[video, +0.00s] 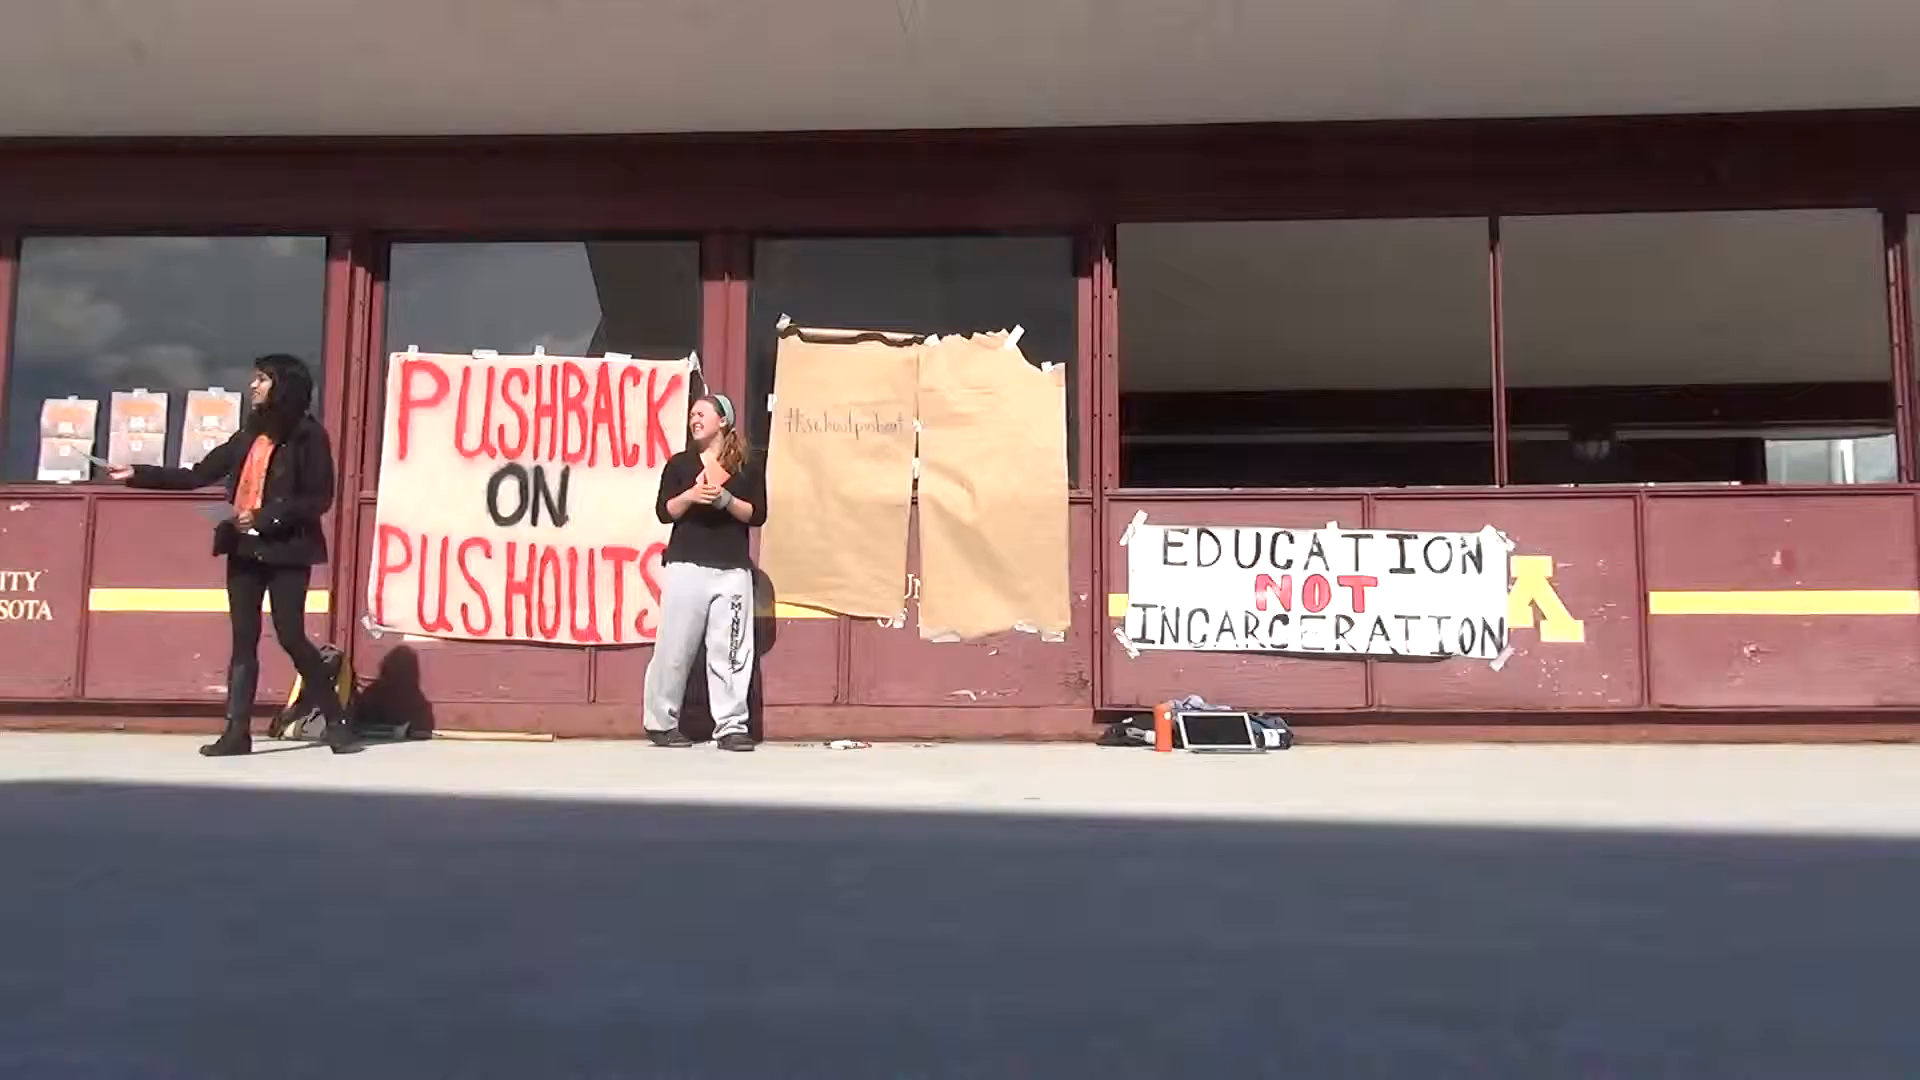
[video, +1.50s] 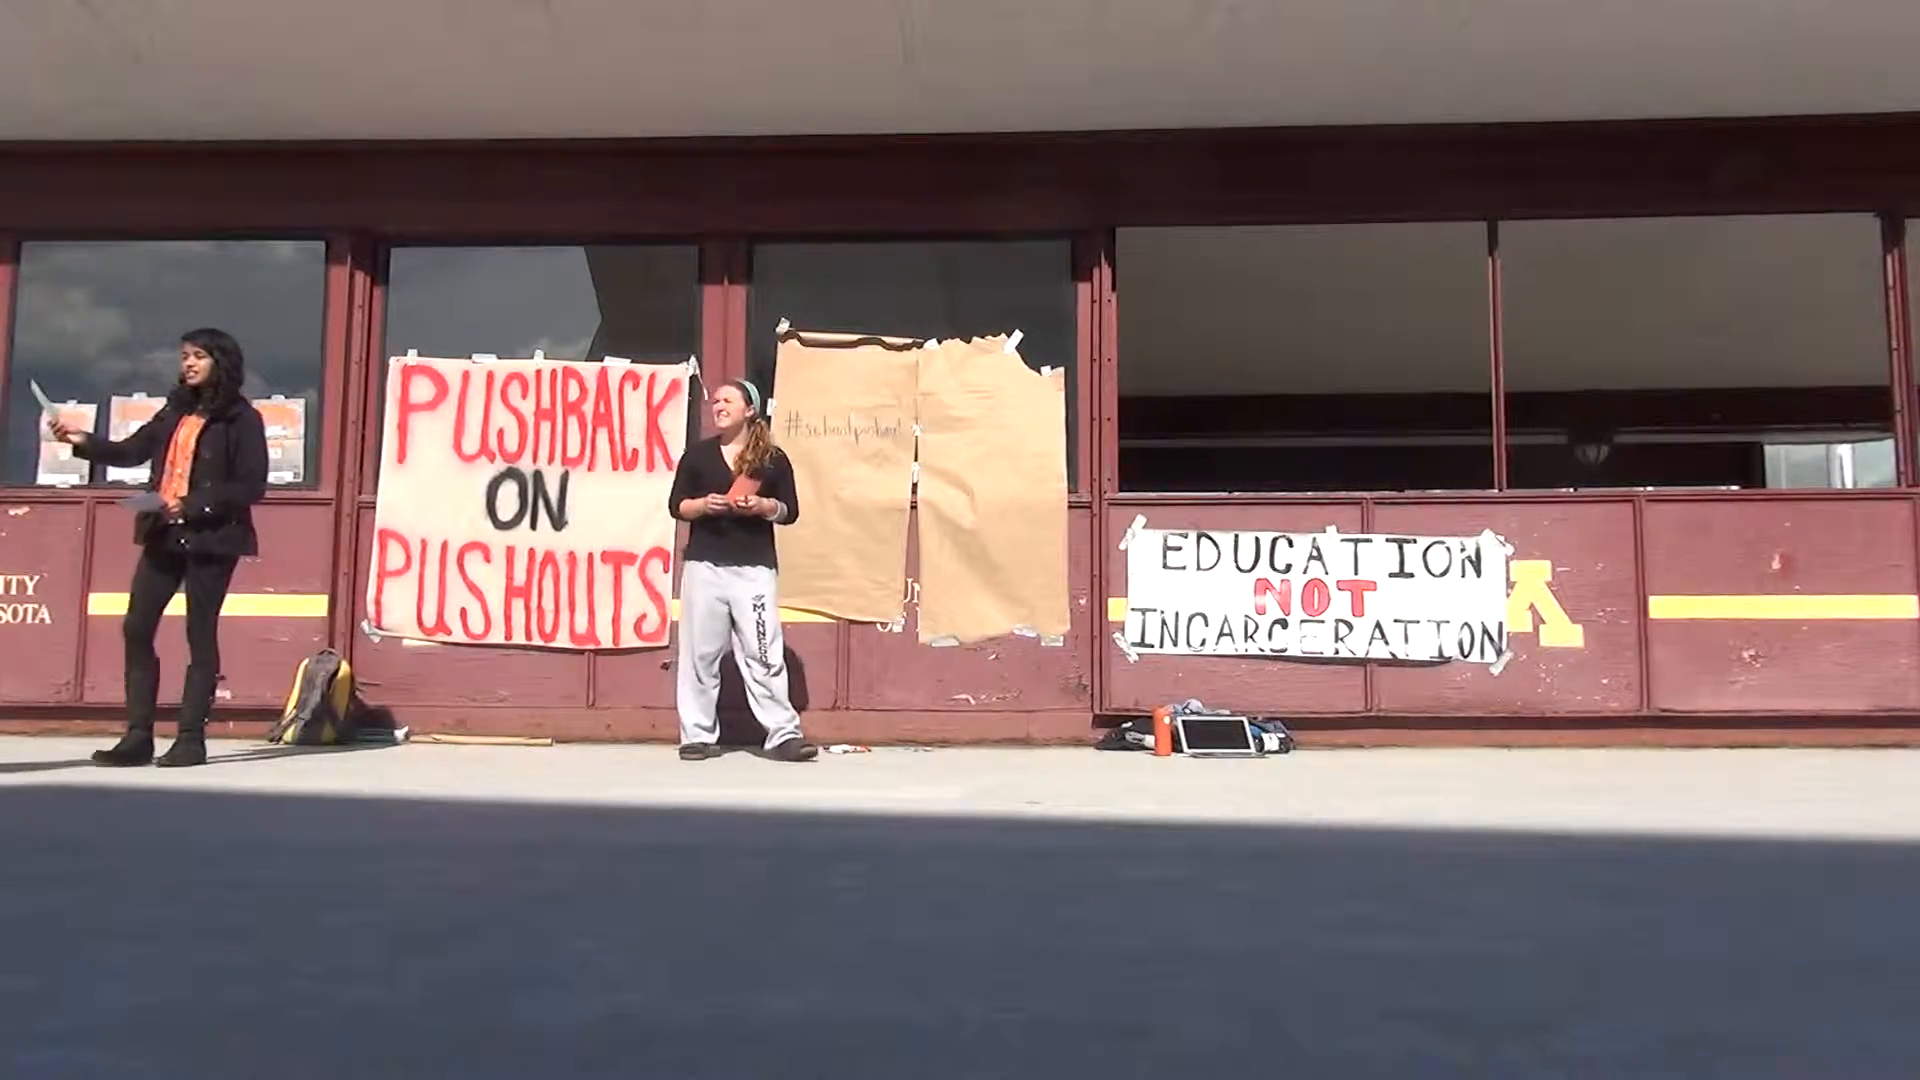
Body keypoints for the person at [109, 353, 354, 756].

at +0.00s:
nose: (252, 386)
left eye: (261, 380)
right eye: (254, 379)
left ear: (284, 387)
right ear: (265, 389)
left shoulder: (310, 435)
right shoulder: (250, 434)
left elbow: (319, 499)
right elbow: (200, 475)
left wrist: (263, 517)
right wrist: (137, 473)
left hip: (289, 552)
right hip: (246, 548)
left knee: (290, 636)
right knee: (244, 640)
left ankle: (336, 719)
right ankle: (237, 733)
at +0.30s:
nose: (226, 378)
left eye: (235, 373)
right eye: (227, 372)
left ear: (258, 381)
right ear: (238, 380)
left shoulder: (286, 432)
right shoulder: (224, 428)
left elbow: (294, 496)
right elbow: (172, 468)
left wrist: (239, 514)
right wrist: (111, 463)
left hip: (262, 547)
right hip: (221, 544)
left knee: (241, 629)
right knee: (230, 633)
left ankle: (243, 732)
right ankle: (234, 729)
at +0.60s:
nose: (210, 378)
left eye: (218, 372)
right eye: (210, 371)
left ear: (242, 377)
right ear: (218, 379)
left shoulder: (269, 428)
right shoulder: (208, 425)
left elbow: (283, 493)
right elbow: (159, 467)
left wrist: (228, 514)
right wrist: (102, 464)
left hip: (247, 543)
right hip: (205, 541)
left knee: (217, 621)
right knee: (221, 629)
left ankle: (196, 729)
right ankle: (236, 734)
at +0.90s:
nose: (201, 369)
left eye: (210, 363)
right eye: (201, 363)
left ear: (235, 370)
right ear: (205, 371)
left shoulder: (257, 424)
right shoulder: (194, 421)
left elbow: (264, 490)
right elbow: (145, 463)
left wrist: (210, 504)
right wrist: (90, 457)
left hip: (228, 540)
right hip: (188, 538)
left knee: (206, 628)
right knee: (205, 630)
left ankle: (190, 736)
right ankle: (232, 728)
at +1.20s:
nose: (193, 368)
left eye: (203, 361)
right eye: (192, 361)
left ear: (226, 368)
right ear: (192, 367)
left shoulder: (248, 422)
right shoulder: (182, 414)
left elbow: (256, 488)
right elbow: (137, 457)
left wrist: (202, 502)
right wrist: (80, 452)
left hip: (218, 542)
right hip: (175, 539)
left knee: (203, 633)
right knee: (162, 634)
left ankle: (191, 736)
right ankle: (210, 711)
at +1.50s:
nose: (186, 364)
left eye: (196, 357)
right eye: (184, 358)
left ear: (220, 363)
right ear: (183, 365)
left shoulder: (243, 418)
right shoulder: (176, 411)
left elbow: (252, 487)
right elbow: (132, 452)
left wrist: (191, 505)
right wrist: (78, 442)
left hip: (214, 541)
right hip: (167, 536)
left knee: (200, 632)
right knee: (137, 627)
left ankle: (191, 739)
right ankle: (139, 736)